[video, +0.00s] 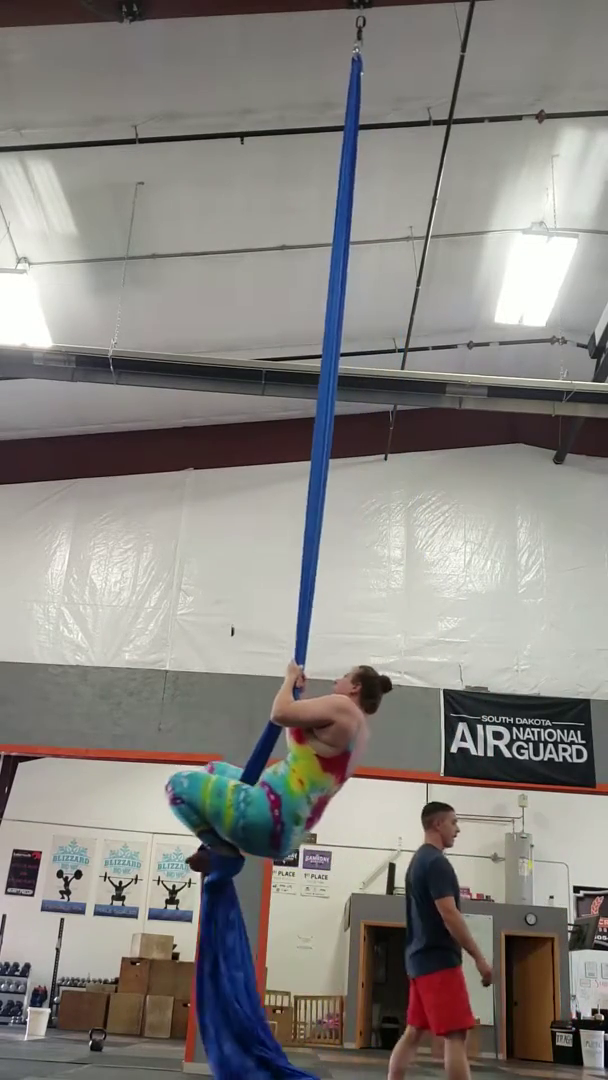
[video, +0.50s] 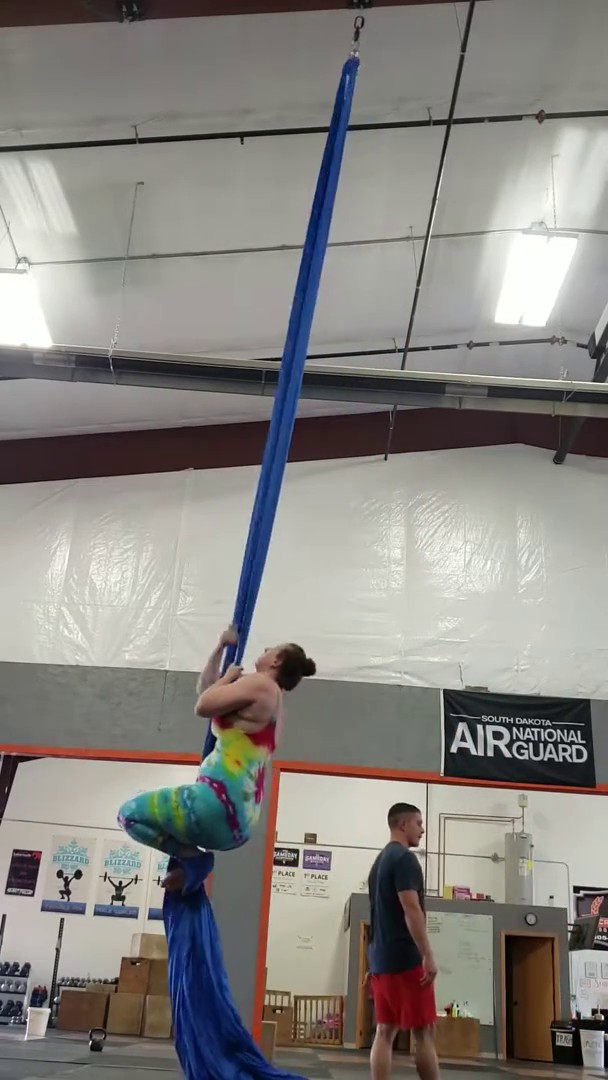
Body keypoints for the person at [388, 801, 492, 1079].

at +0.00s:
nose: (457, 829)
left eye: (456, 823)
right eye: (453, 822)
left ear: (433, 825)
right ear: (436, 824)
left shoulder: (419, 860)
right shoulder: (436, 861)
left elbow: (423, 917)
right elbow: (448, 914)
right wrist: (479, 958)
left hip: (419, 960)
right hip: (439, 962)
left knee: (413, 1034)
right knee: (456, 1036)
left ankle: (393, 1076)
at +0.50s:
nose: (422, 829)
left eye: (421, 823)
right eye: (418, 823)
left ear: (397, 825)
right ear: (402, 824)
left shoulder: (380, 861)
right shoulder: (404, 858)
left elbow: (378, 916)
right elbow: (410, 908)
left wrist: (374, 964)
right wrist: (428, 955)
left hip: (380, 961)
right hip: (406, 960)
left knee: (385, 1032)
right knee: (424, 1032)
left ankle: (379, 1077)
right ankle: (432, 1077)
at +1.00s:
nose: (425, 831)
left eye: (425, 826)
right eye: (422, 825)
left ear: (401, 827)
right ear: (406, 826)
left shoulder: (377, 863)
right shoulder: (412, 859)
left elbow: (377, 914)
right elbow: (427, 909)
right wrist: (447, 952)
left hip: (378, 960)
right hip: (408, 959)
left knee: (380, 1032)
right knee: (429, 1029)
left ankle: (377, 1077)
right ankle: (442, 1076)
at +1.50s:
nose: (459, 837)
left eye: (459, 832)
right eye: (458, 832)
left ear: (430, 832)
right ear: (452, 833)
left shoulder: (411, 866)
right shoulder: (448, 867)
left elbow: (409, 917)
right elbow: (459, 920)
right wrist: (472, 966)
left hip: (410, 962)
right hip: (441, 963)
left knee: (416, 1032)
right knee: (452, 1035)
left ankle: (395, 1076)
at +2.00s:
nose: (452, 838)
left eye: (451, 832)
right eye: (448, 832)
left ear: (429, 835)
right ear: (434, 834)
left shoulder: (414, 867)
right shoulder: (429, 869)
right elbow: (442, 922)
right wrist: (472, 956)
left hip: (410, 964)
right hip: (429, 964)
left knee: (415, 1034)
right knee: (446, 1034)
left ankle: (398, 1077)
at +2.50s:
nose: (427, 840)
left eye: (427, 835)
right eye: (423, 834)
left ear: (410, 838)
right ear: (406, 836)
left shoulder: (406, 871)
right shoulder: (392, 866)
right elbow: (374, 910)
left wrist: (368, 961)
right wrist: (366, 954)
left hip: (401, 958)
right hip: (388, 957)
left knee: (404, 1027)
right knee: (397, 1025)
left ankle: (394, 1076)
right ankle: (381, 1076)